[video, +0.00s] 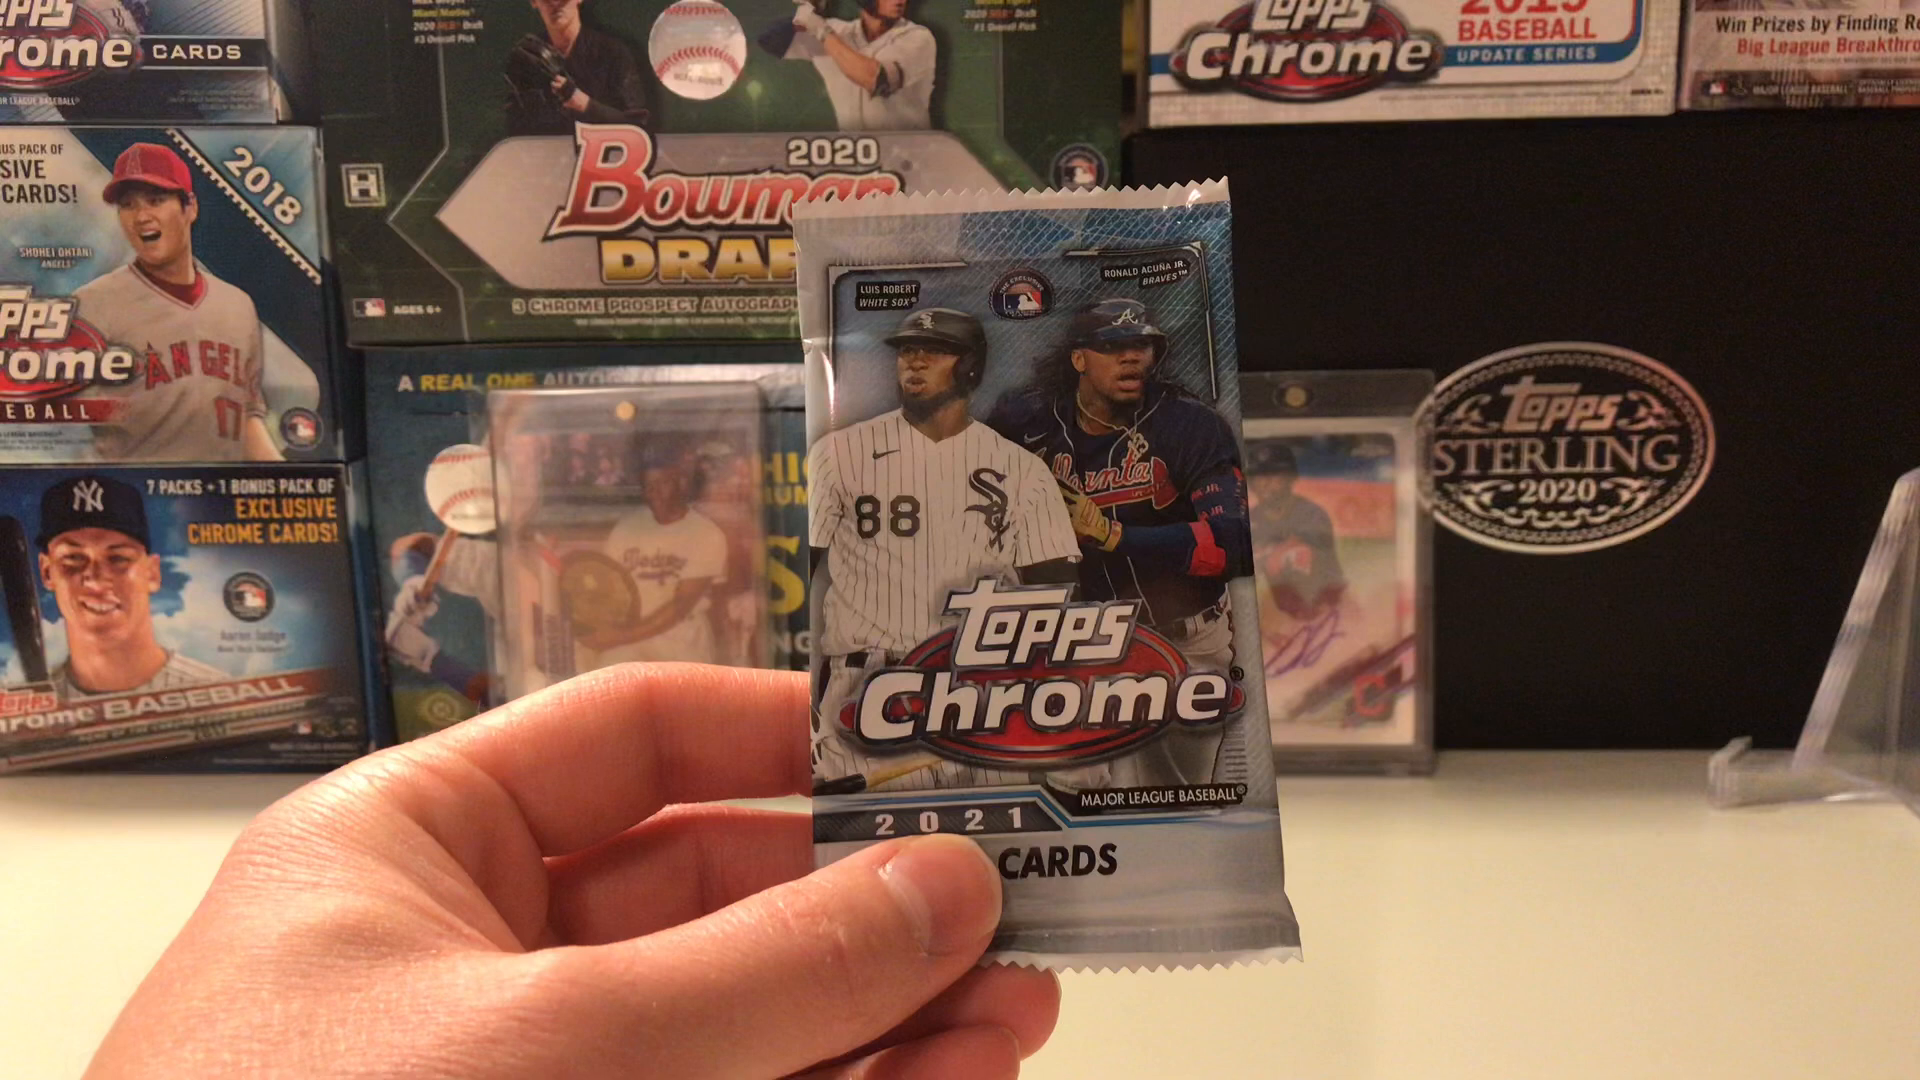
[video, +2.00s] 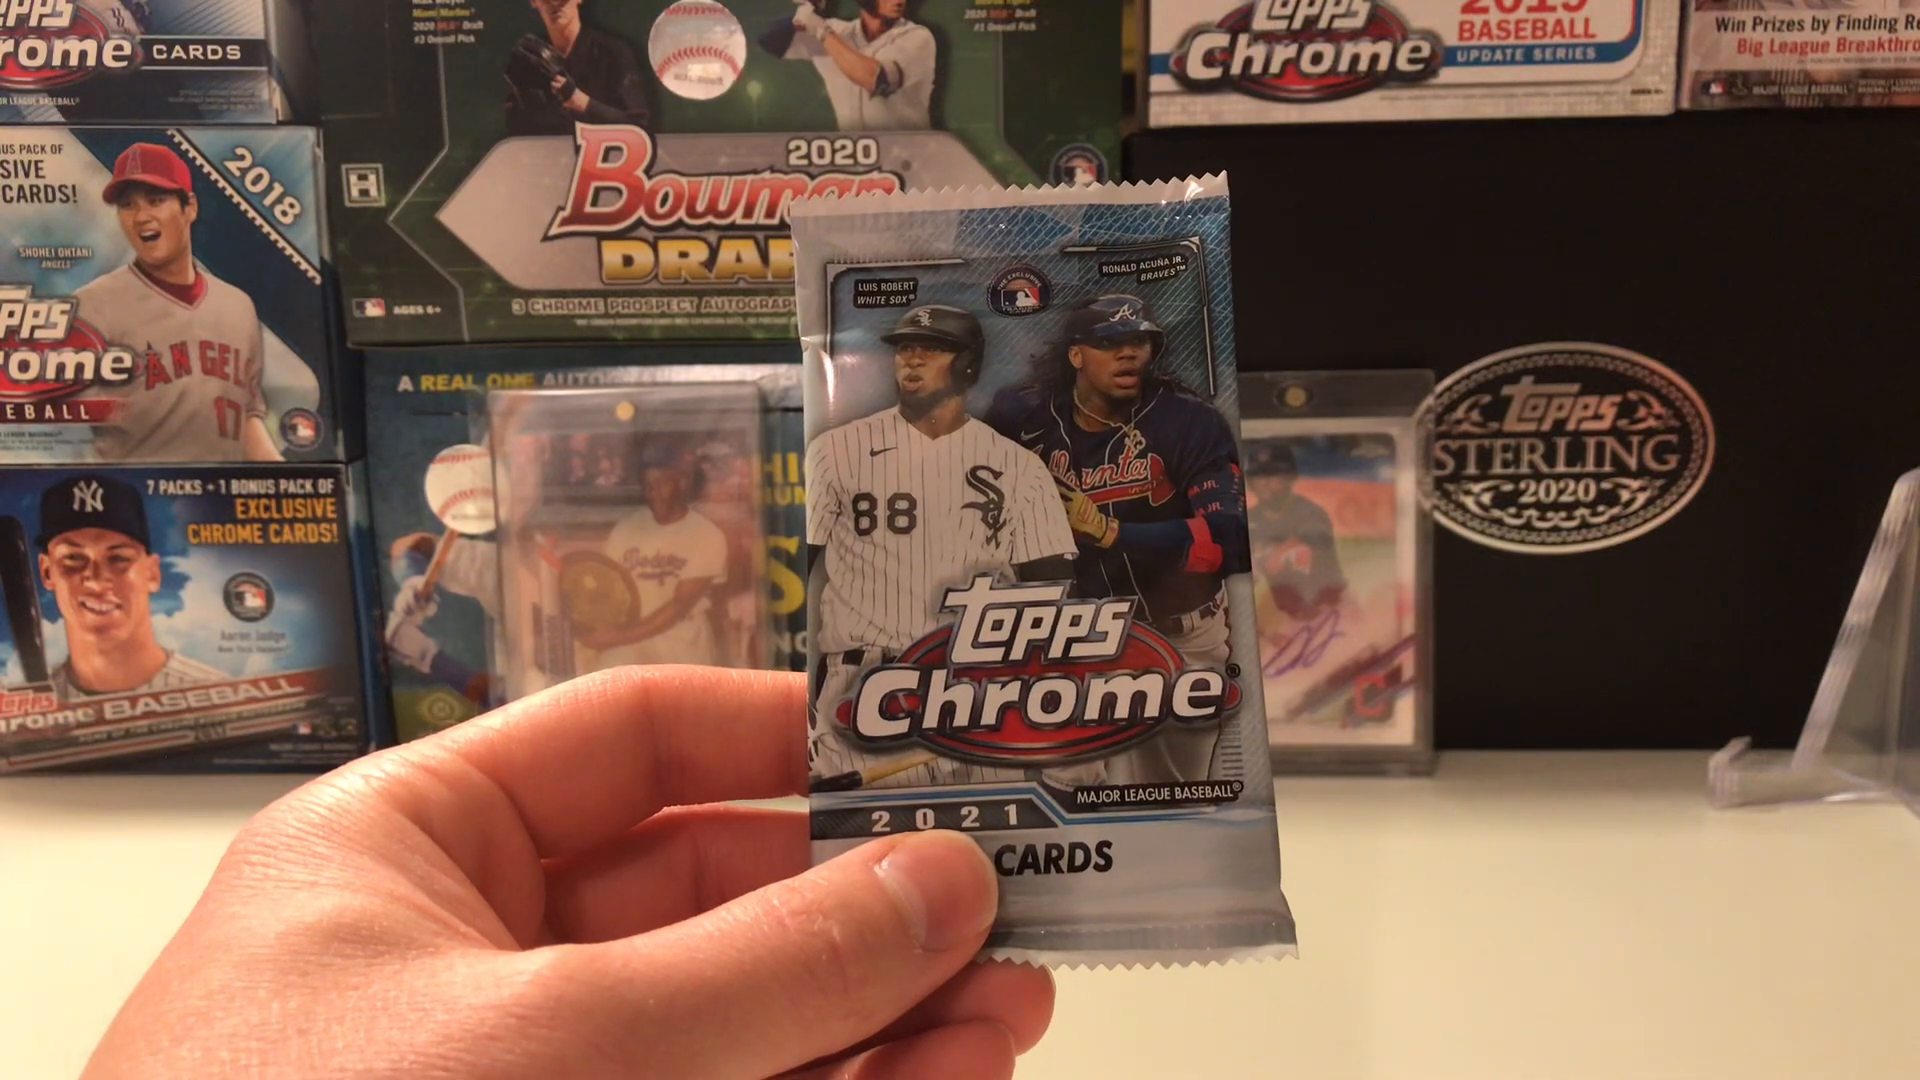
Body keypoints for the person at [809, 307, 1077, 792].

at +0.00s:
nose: (913, 363)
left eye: (931, 352)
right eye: (906, 351)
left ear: (968, 367)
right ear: (896, 360)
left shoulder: (1022, 472)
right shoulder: (837, 457)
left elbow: (1052, 595)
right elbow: (797, 582)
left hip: (977, 705)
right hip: (858, 704)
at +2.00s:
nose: (911, 360)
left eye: (929, 348)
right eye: (904, 348)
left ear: (966, 364)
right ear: (893, 358)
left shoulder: (1019, 468)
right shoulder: (833, 454)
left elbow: (1050, 590)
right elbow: (802, 578)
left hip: (975, 694)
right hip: (857, 693)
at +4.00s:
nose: (904, 365)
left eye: (922, 354)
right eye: (897, 353)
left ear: (957, 368)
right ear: (887, 363)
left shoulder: (1011, 469)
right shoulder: (834, 455)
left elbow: (1043, 588)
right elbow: (791, 575)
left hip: (968, 696)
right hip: (851, 694)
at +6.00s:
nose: (916, 366)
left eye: (933, 356)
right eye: (909, 355)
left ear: (968, 370)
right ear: (899, 365)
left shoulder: (1020, 471)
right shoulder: (840, 456)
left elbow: (1051, 594)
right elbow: (812, 571)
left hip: (975, 694)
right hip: (856, 692)